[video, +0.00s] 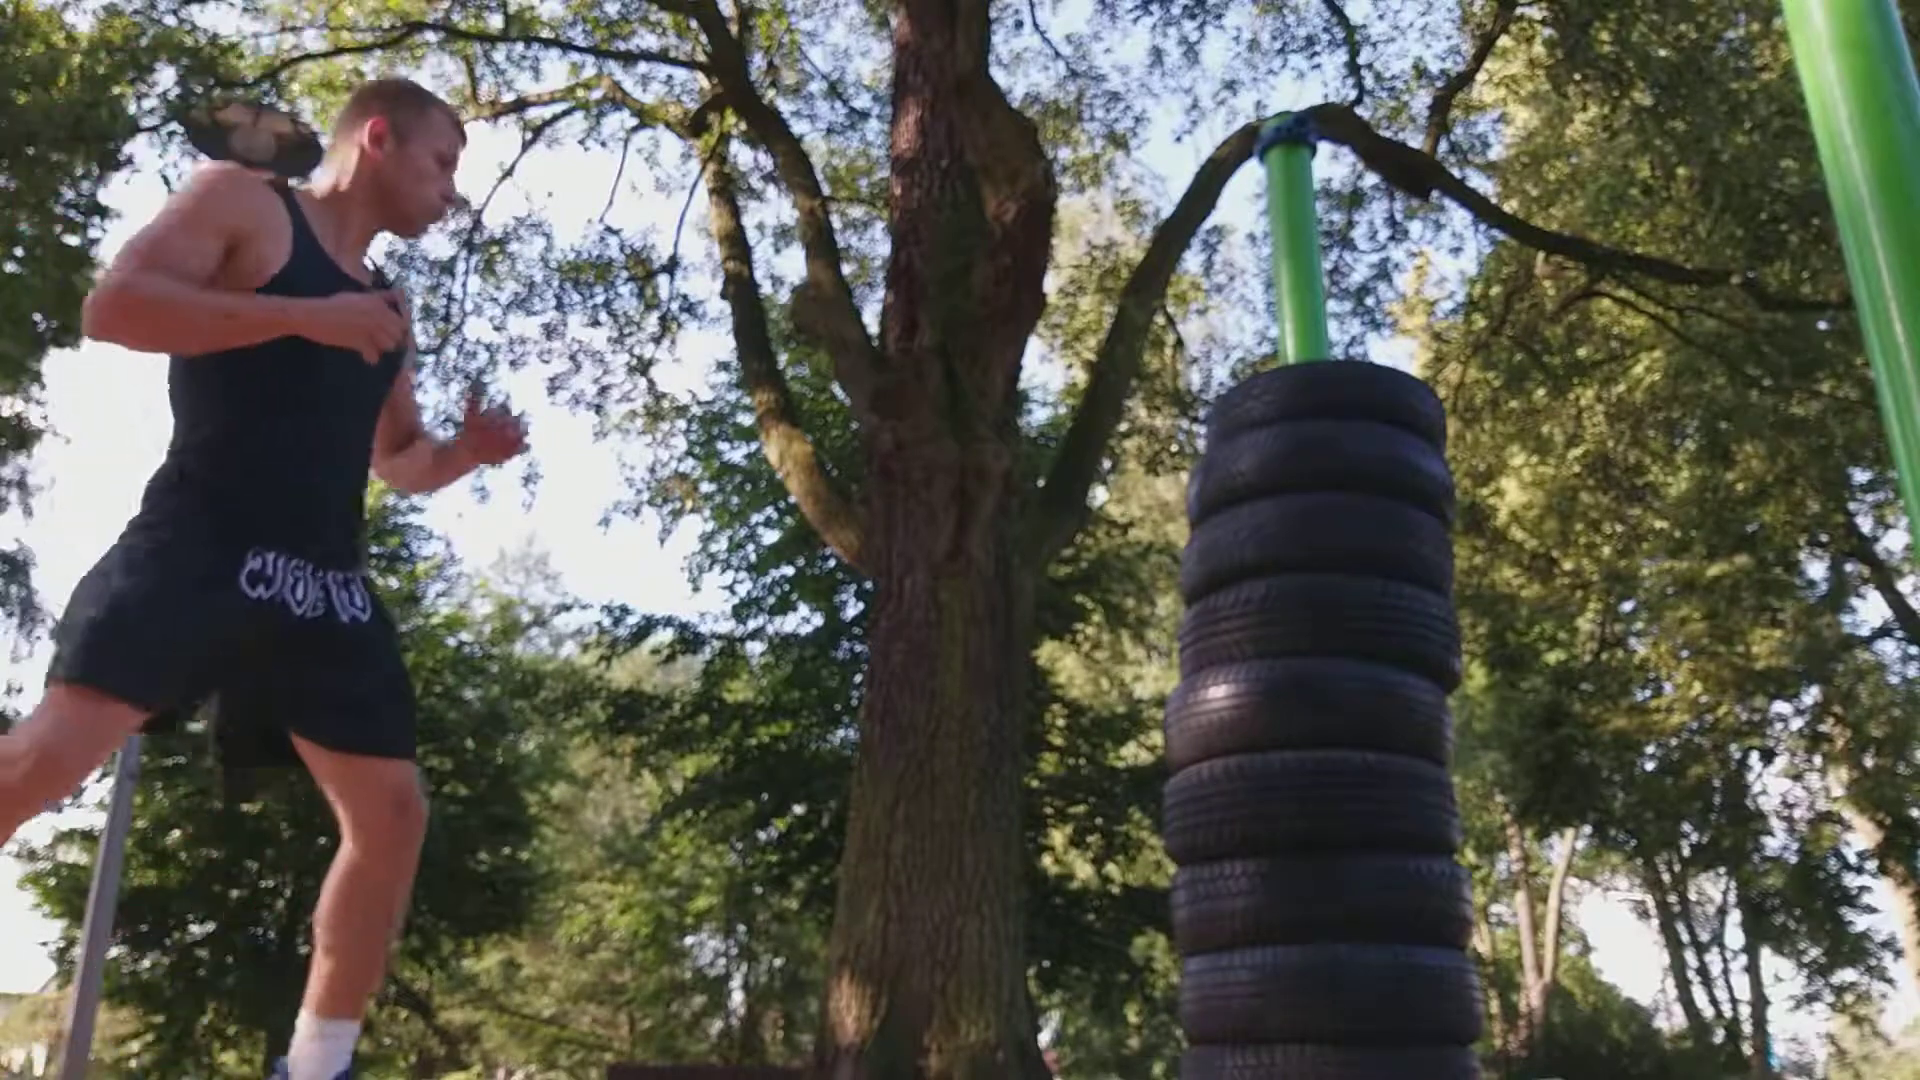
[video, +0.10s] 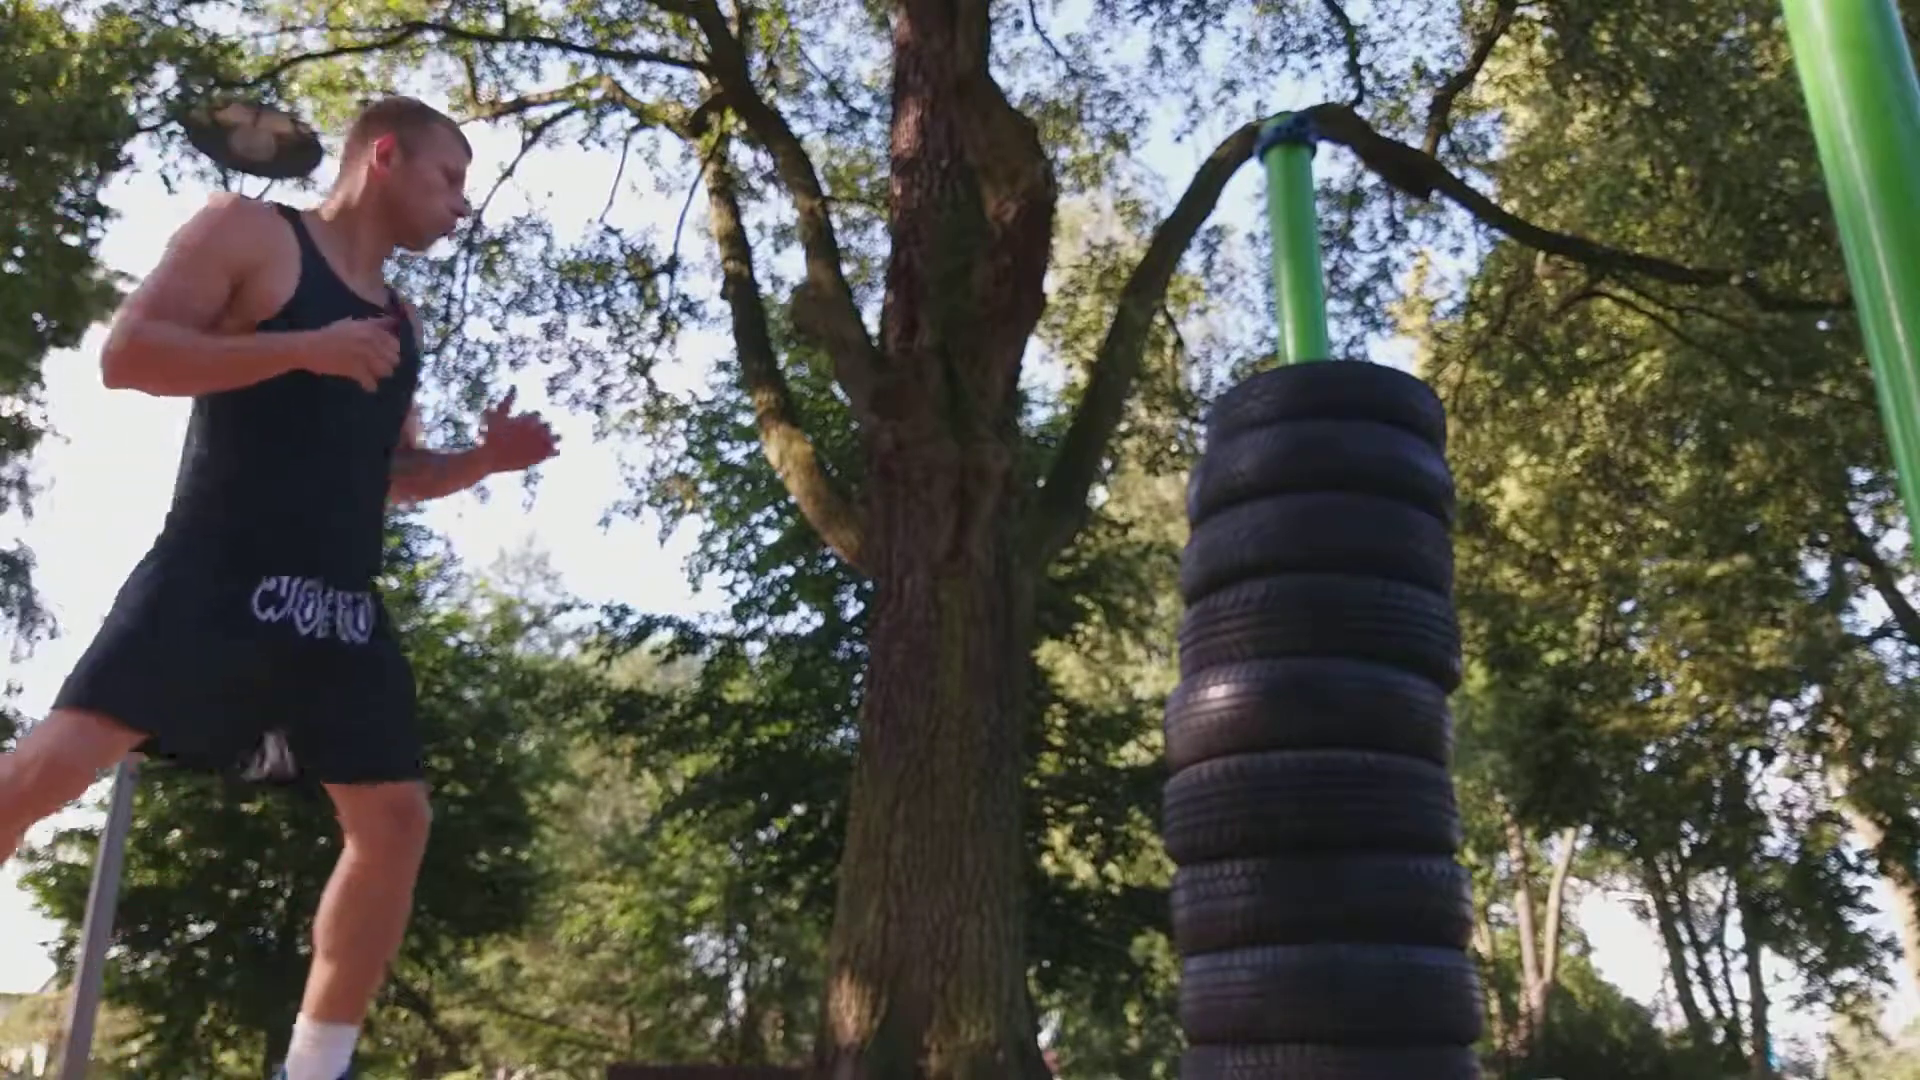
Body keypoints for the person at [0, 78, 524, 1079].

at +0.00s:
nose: (454, 189)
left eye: (458, 169)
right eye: (445, 161)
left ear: (383, 150)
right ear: (376, 139)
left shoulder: (385, 310)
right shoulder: (241, 196)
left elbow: (401, 461)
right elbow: (115, 306)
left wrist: (465, 449)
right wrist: (308, 316)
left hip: (326, 582)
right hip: (198, 545)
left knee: (389, 821)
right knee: (48, 757)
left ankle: (316, 1067)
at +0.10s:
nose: (464, 203)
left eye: (467, 185)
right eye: (454, 176)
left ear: (394, 170)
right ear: (383, 157)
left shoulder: (395, 321)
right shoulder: (245, 229)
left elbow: (385, 478)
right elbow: (130, 354)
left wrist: (482, 458)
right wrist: (307, 349)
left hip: (340, 607)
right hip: (209, 579)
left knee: (391, 822)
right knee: (48, 768)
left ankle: (313, 1068)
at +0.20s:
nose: (465, 150)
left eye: (471, 133)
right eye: (456, 124)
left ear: (403, 116)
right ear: (387, 102)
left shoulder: (403, 266)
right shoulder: (260, 155)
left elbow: (354, 420)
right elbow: (127, 276)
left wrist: (451, 409)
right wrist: (295, 293)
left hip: (336, 537)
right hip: (211, 494)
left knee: (360, 768)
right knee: (57, 691)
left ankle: (333, 1040)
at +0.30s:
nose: (453, 139)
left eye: (462, 124)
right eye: (445, 112)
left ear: (398, 109)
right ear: (375, 89)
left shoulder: (392, 256)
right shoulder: (248, 138)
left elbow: (390, 414)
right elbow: (105, 235)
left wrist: (437, 393)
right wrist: (285, 244)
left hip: (320, 519)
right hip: (195, 479)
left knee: (351, 757)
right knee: (58, 687)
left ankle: (283, 1034)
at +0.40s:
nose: (436, 170)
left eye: (441, 151)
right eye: (427, 143)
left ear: (369, 130)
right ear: (358, 118)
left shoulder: (378, 294)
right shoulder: (218, 175)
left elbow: (376, 451)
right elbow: (87, 254)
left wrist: (414, 430)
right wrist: (272, 239)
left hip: (297, 560)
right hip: (165, 523)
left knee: (351, 797)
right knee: (25, 739)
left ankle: (234, 1060)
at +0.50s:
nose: (445, 181)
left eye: (451, 164)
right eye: (437, 154)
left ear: (377, 138)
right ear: (371, 129)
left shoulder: (383, 291)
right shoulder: (229, 183)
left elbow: (334, 467)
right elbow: (94, 280)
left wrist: (392, 430)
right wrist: (270, 262)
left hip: (305, 561)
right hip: (178, 527)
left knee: (410, 773)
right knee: (27, 741)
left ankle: (277, 1032)